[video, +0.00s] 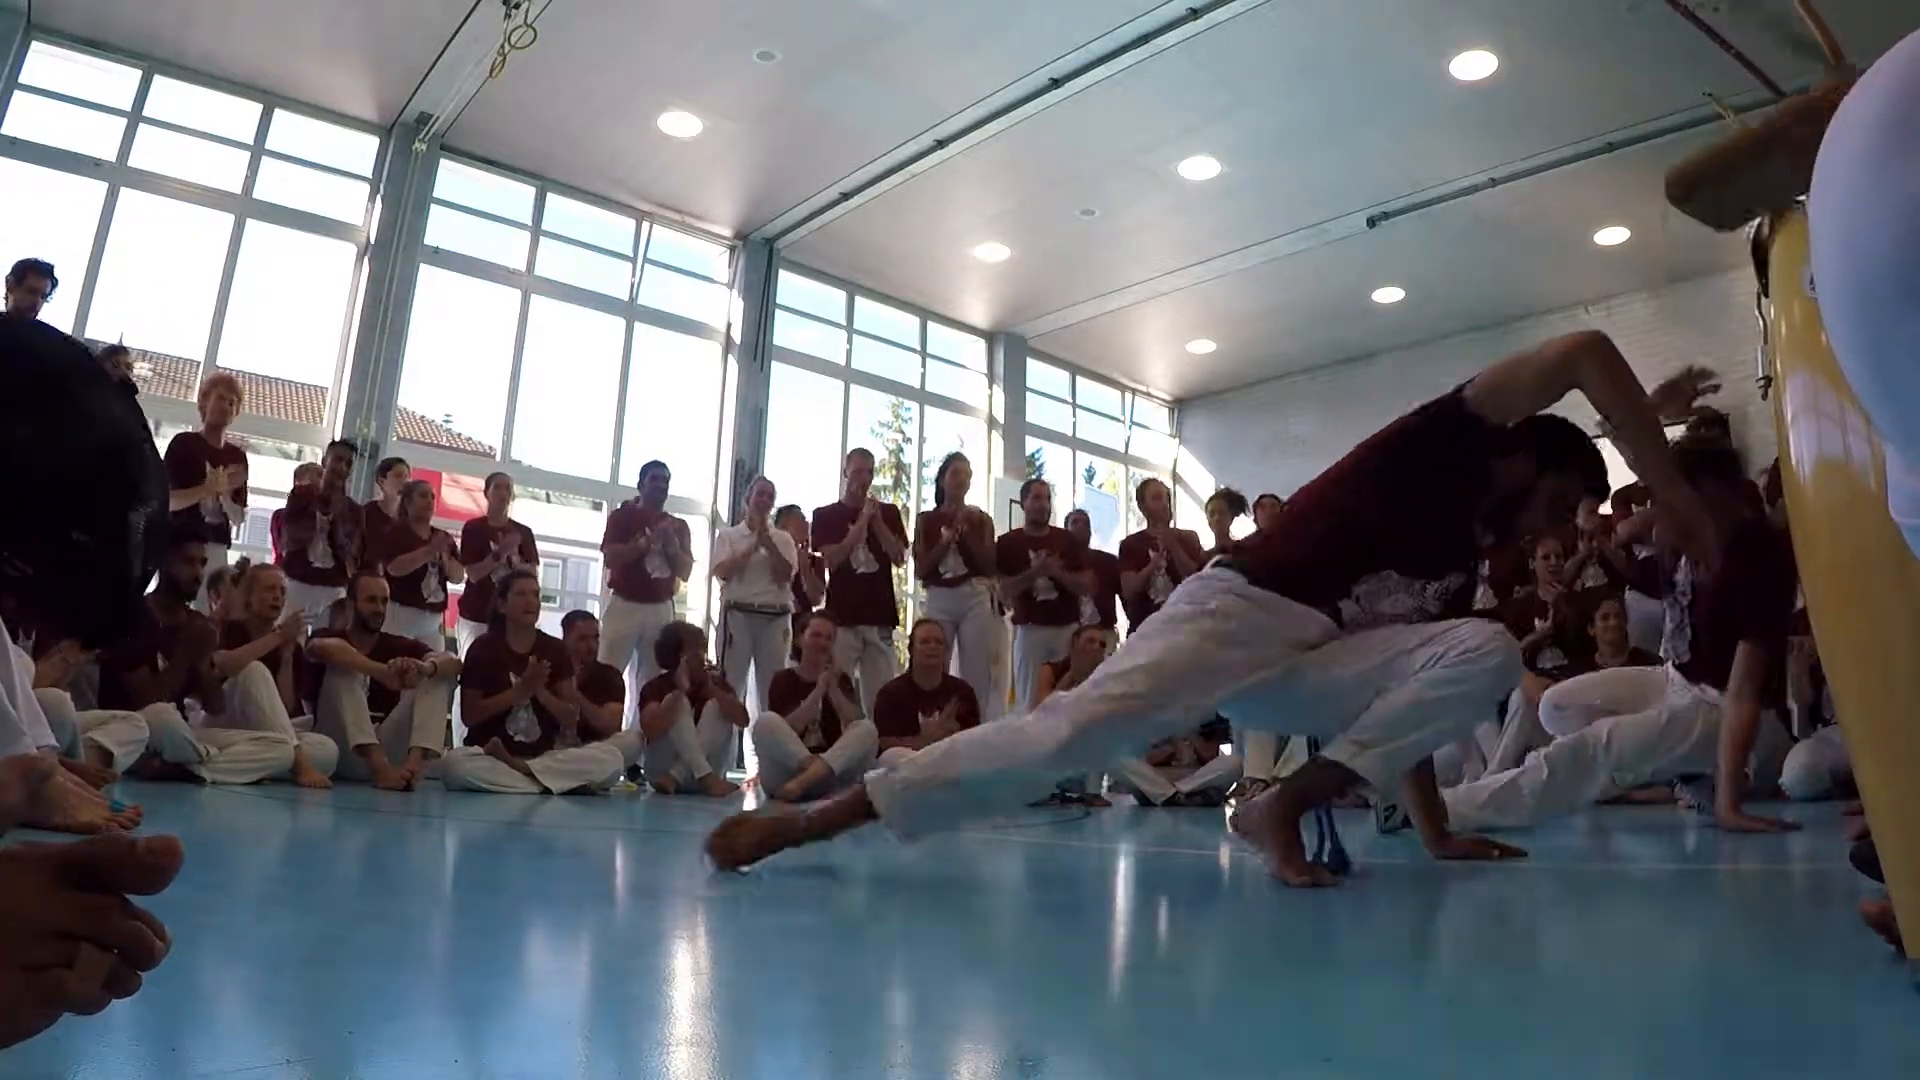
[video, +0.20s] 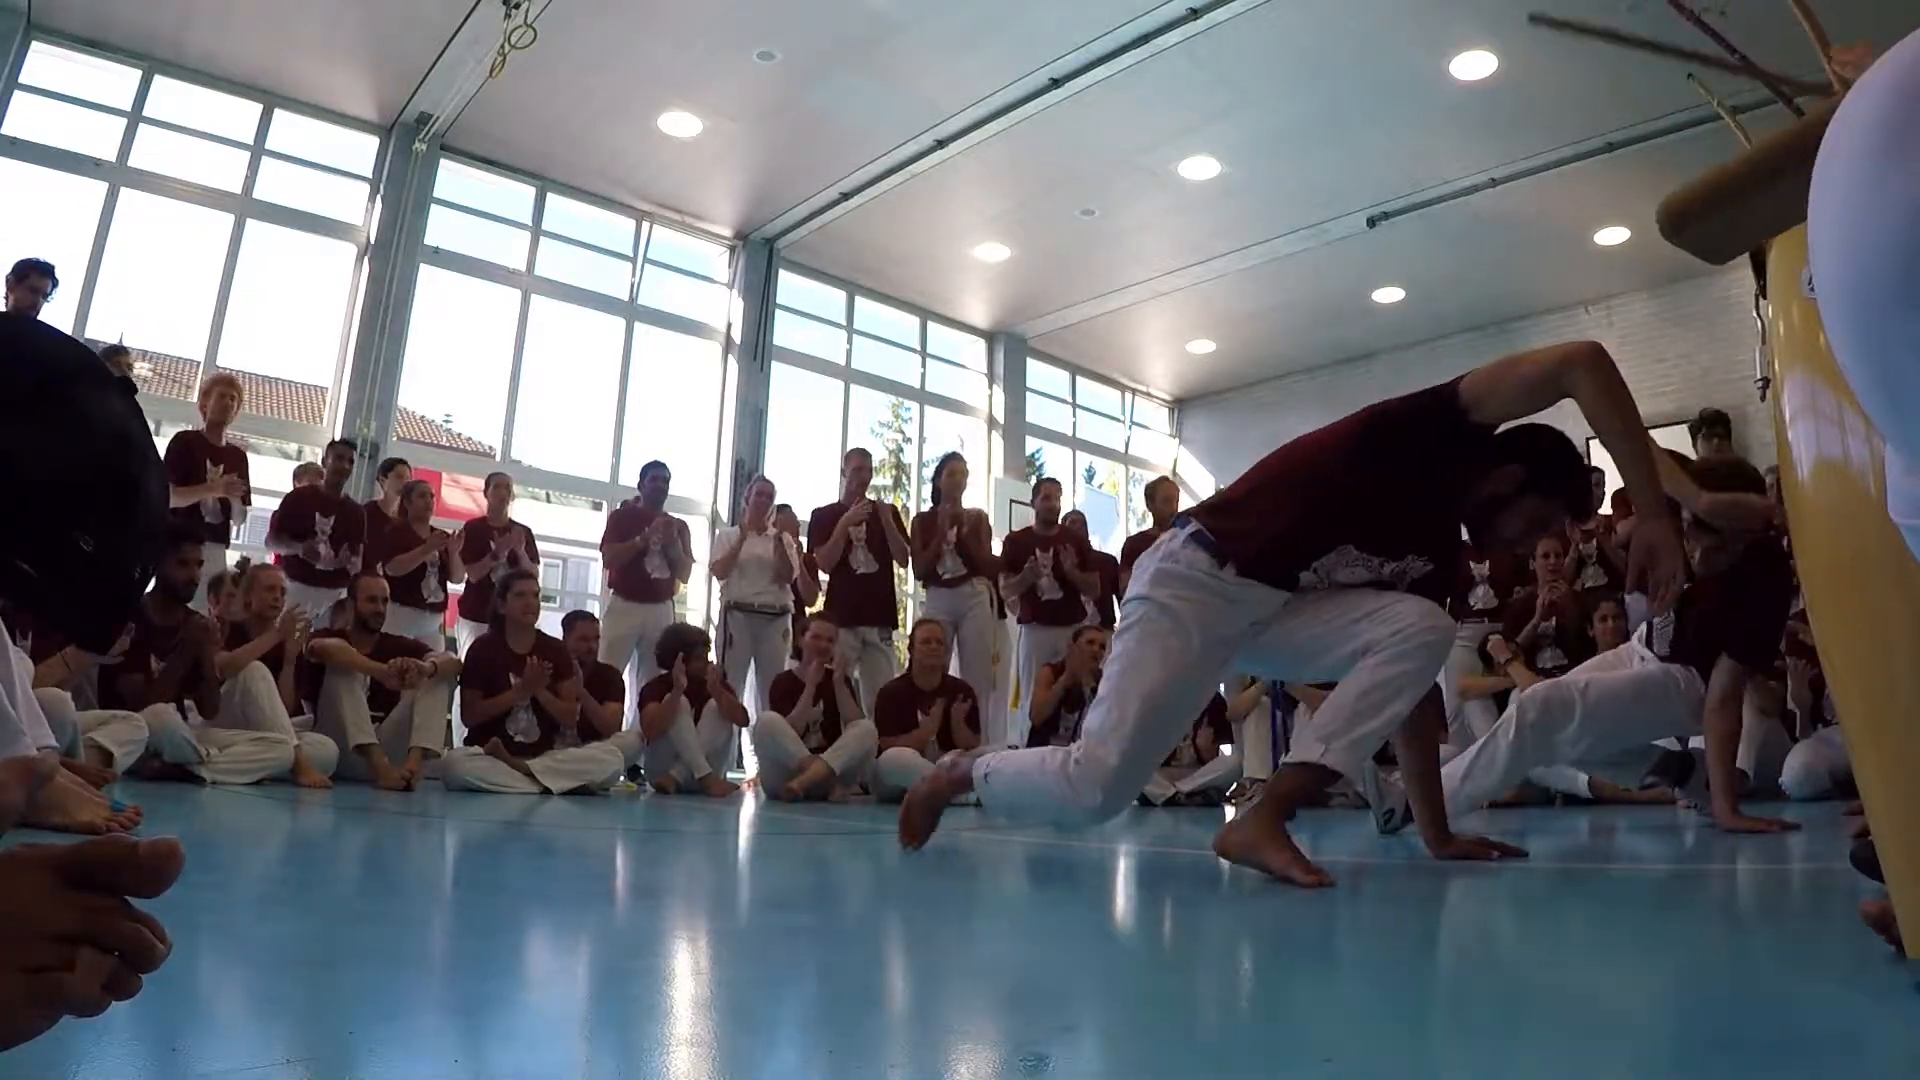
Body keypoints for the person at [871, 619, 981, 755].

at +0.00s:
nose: (933, 647)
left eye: (939, 642)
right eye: (925, 642)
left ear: (945, 650)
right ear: (911, 650)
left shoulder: (962, 691)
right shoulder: (890, 693)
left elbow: (972, 740)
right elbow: (884, 745)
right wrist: (925, 740)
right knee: (891, 757)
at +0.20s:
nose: (933, 647)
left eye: (939, 643)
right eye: (926, 642)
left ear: (947, 651)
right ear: (911, 650)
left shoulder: (962, 691)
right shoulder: (891, 692)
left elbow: (971, 748)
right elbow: (885, 746)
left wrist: (959, 723)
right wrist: (927, 731)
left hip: (951, 776)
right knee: (896, 757)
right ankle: (965, 797)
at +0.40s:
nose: (934, 647)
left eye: (939, 643)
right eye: (926, 642)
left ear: (947, 652)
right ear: (911, 651)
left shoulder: (962, 691)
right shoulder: (892, 692)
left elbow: (970, 752)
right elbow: (884, 748)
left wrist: (966, 725)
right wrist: (919, 725)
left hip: (950, 769)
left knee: (983, 761)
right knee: (895, 758)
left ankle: (926, 796)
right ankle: (969, 797)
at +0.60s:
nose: (934, 647)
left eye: (939, 643)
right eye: (926, 642)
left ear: (947, 650)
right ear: (911, 650)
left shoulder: (963, 691)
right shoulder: (891, 692)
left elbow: (972, 751)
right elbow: (890, 748)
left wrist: (956, 723)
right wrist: (935, 722)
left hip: (951, 774)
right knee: (895, 758)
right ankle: (974, 796)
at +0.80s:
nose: (934, 648)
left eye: (939, 643)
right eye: (926, 642)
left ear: (947, 650)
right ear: (911, 650)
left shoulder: (963, 692)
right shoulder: (891, 692)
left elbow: (974, 747)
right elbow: (884, 743)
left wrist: (959, 731)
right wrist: (921, 740)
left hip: (950, 775)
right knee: (897, 757)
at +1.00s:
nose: (933, 648)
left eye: (939, 643)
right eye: (925, 643)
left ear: (946, 650)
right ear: (910, 650)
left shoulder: (963, 691)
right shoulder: (891, 692)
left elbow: (972, 742)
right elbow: (886, 745)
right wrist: (921, 730)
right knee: (895, 758)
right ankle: (987, 797)